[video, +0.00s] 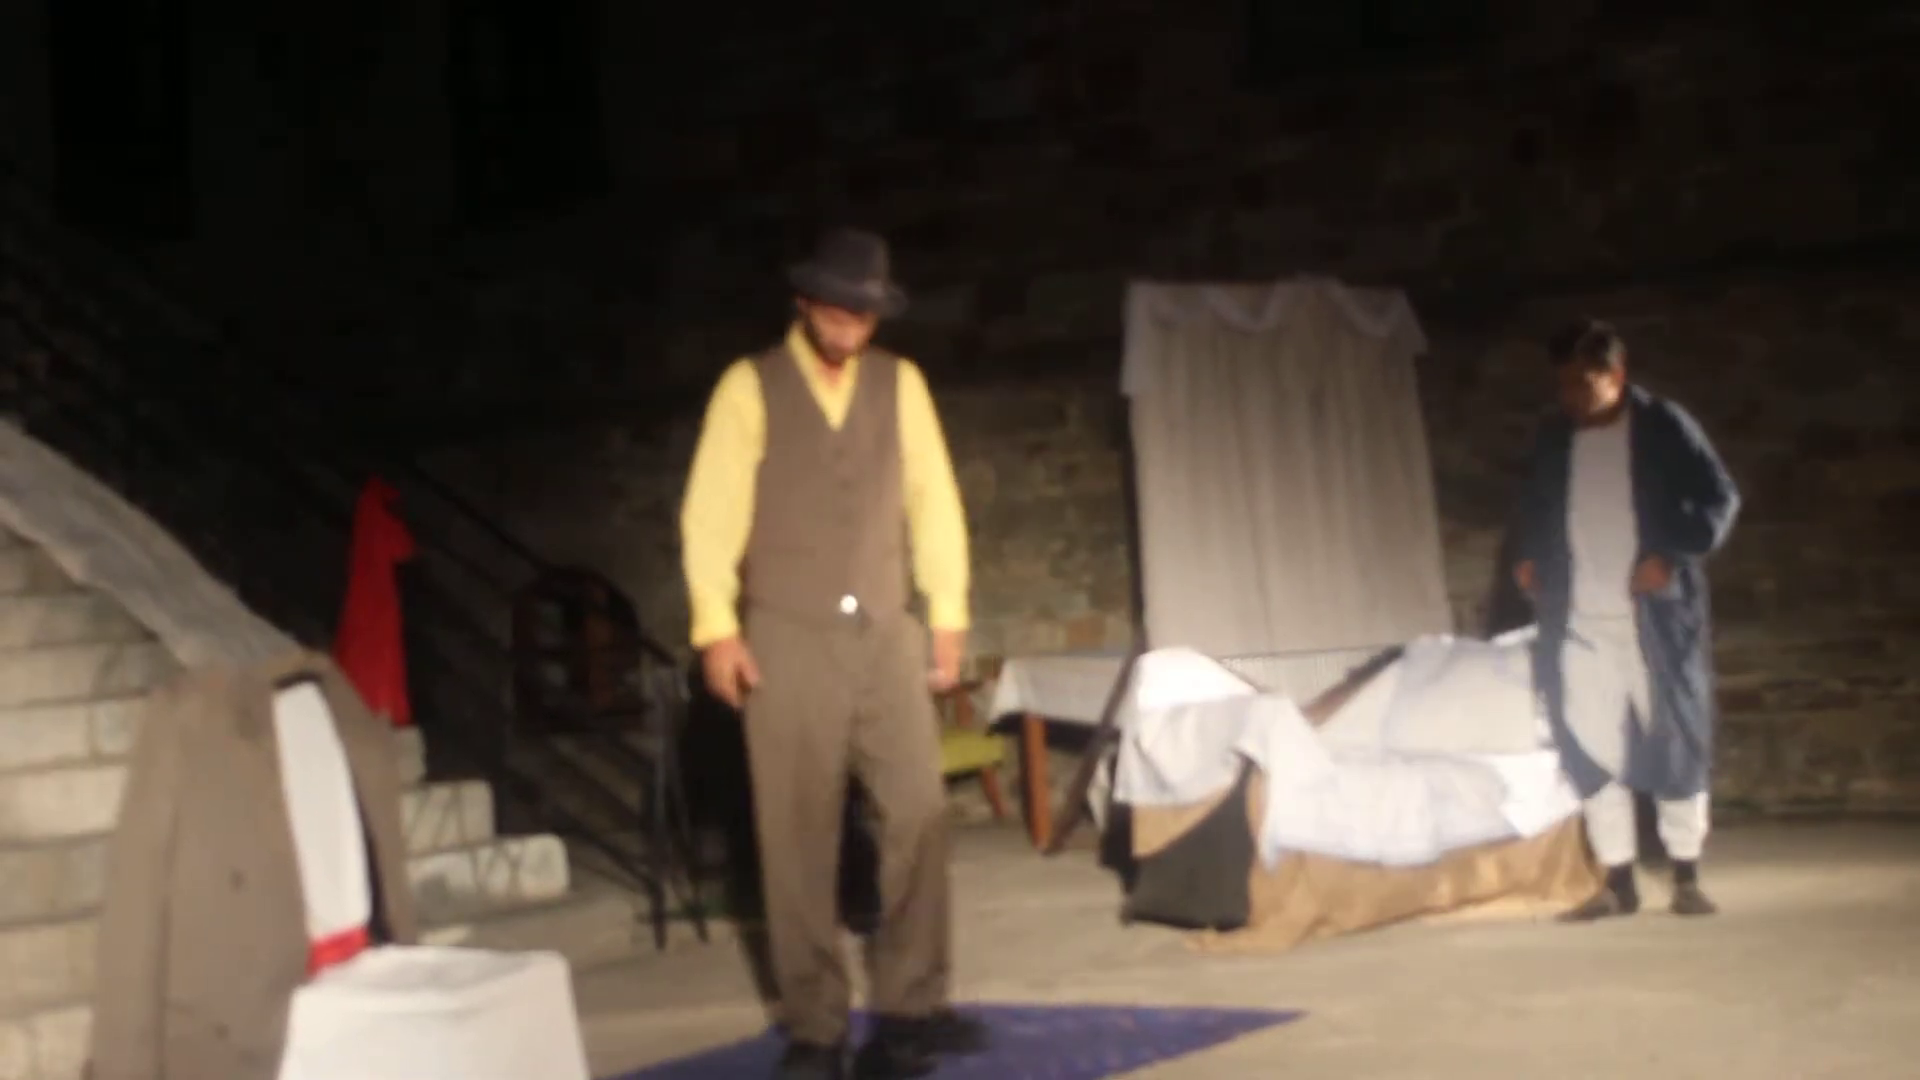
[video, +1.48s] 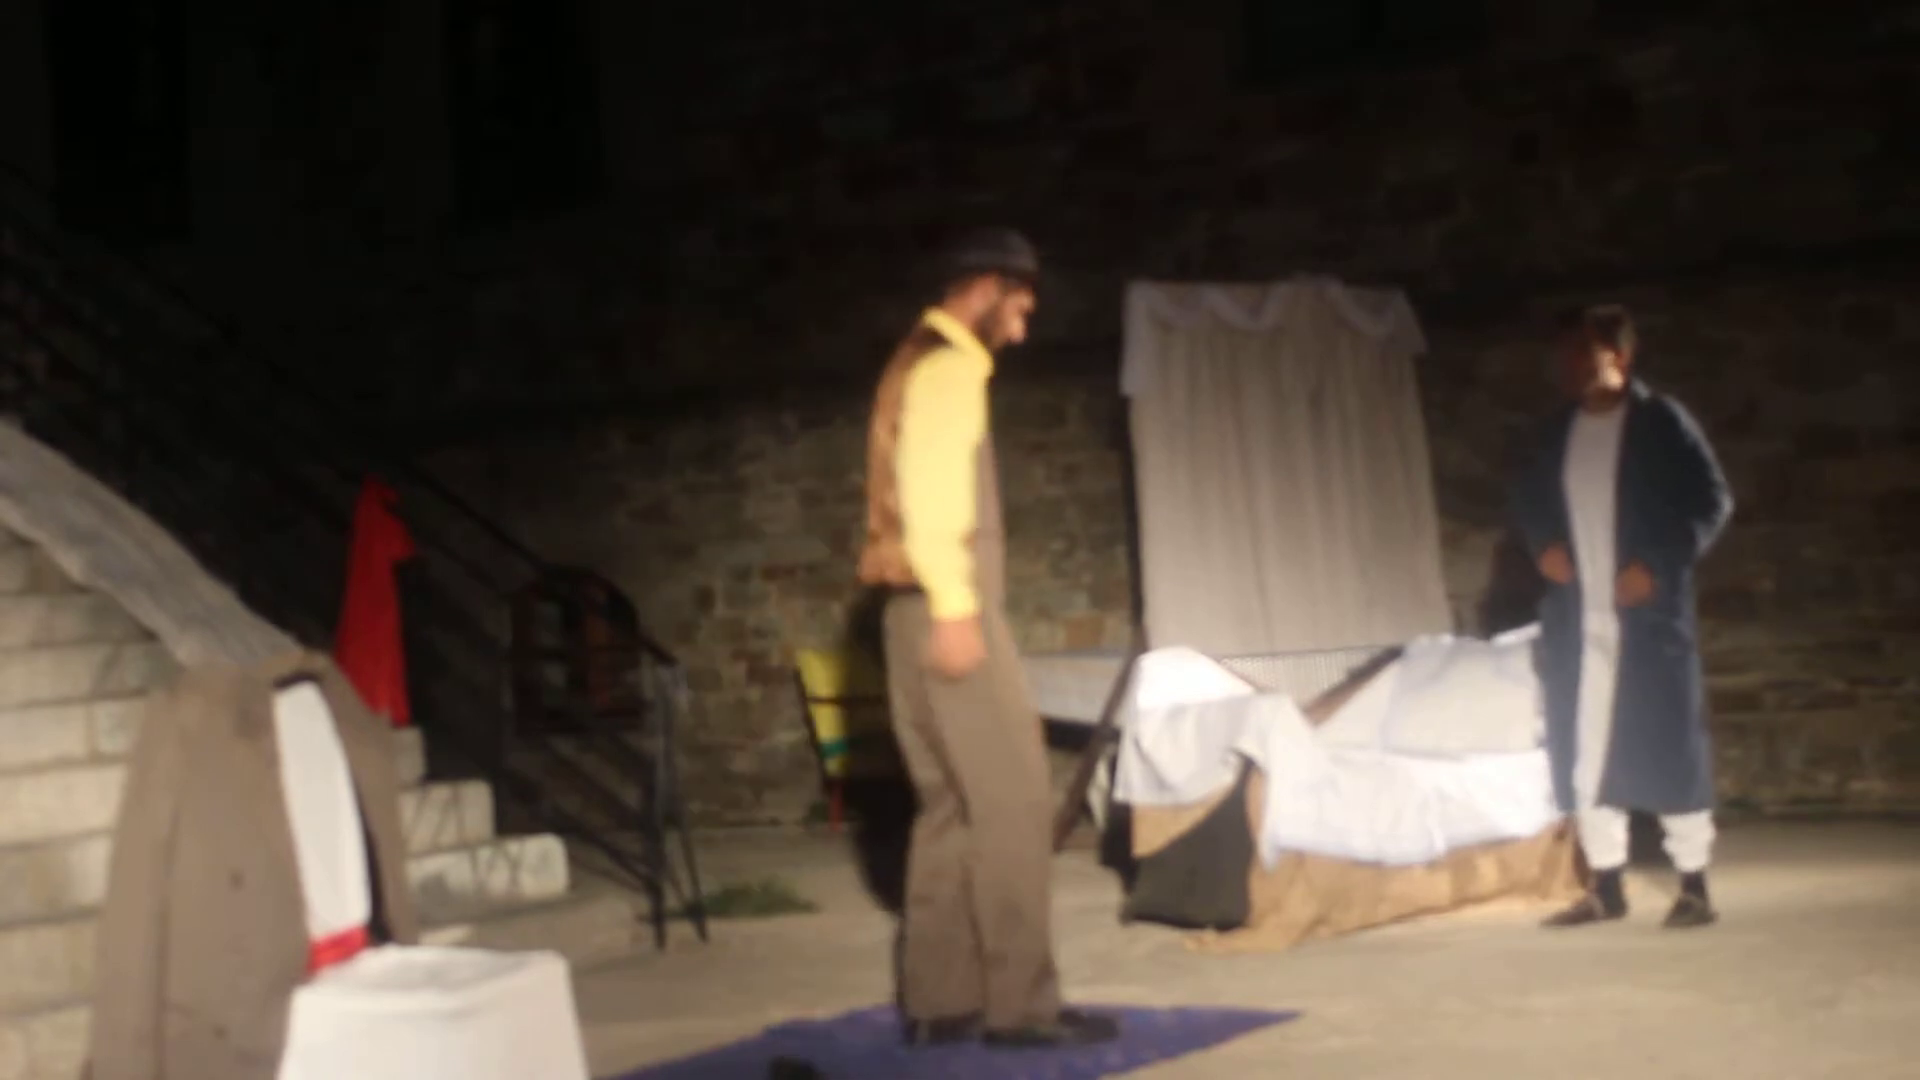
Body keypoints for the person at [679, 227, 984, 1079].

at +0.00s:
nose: (848, 329)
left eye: (863, 315)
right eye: (835, 311)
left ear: (881, 316)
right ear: (803, 301)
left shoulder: (900, 385)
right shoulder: (750, 388)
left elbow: (935, 503)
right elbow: (711, 511)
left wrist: (947, 618)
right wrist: (716, 627)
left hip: (889, 638)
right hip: (786, 642)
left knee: (919, 813)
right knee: (796, 835)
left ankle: (911, 1009)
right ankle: (813, 1025)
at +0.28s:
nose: (828, 326)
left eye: (843, 313)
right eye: (814, 308)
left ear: (859, 315)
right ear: (781, 298)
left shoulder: (876, 384)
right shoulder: (730, 386)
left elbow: (896, 501)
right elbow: (688, 505)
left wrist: (893, 616)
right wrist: (695, 612)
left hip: (864, 635)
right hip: (770, 640)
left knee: (869, 832)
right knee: (788, 834)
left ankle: (888, 1012)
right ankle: (811, 1024)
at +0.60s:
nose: (852, 317)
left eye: (862, 302)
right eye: (837, 300)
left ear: (870, 303)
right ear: (792, 292)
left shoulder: (881, 386)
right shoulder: (729, 389)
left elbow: (913, 501)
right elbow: (691, 517)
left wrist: (944, 608)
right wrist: (699, 628)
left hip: (875, 635)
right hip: (780, 640)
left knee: (920, 817)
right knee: (798, 837)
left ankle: (945, 1004)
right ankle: (811, 1024)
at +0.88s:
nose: (927, 317)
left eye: (931, 303)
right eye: (916, 300)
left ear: (908, 303)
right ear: (867, 292)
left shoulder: (911, 386)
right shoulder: (788, 384)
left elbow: (933, 502)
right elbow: (739, 509)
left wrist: (940, 603)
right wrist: (786, 625)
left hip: (914, 629)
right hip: (838, 633)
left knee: (928, 824)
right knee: (839, 831)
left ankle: (944, 1007)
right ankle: (814, 1026)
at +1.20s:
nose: (989, 314)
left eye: (992, 297)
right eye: (983, 295)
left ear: (946, 289)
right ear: (941, 288)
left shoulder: (920, 374)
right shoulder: (877, 373)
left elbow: (899, 500)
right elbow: (820, 484)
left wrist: (942, 613)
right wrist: (843, 599)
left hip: (931, 616)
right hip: (901, 617)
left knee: (947, 809)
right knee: (935, 811)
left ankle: (946, 999)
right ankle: (935, 1008)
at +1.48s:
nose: (1023, 324)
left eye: (1027, 307)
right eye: (1018, 305)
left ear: (969, 298)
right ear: (980, 292)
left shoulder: (923, 362)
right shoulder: (952, 366)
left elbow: (920, 491)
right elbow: (932, 486)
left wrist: (952, 596)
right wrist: (953, 606)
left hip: (909, 607)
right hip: (949, 608)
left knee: (948, 808)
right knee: (1013, 799)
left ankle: (942, 1002)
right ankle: (1020, 1002)